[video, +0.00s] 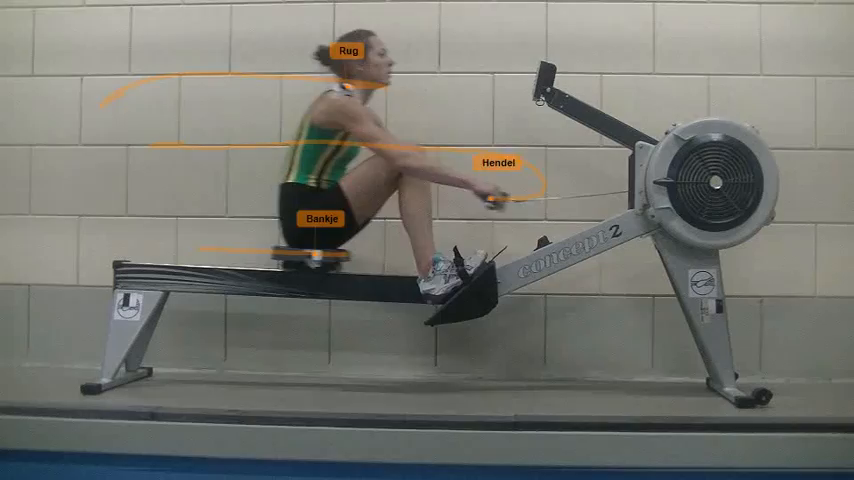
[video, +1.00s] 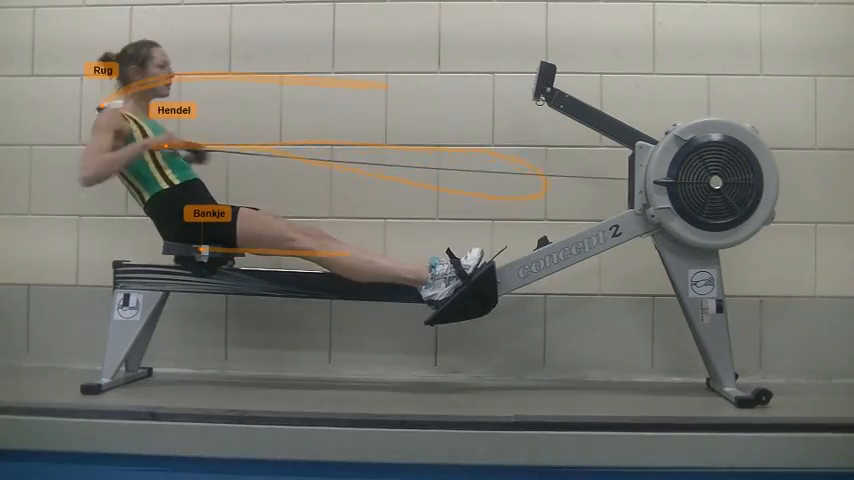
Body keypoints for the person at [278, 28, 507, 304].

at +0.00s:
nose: (391, 62)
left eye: (387, 54)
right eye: (381, 55)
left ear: (360, 65)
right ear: (357, 63)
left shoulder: (359, 110)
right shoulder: (342, 105)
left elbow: (407, 160)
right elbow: (405, 160)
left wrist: (471, 184)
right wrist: (471, 184)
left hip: (314, 217)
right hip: (306, 218)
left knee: (407, 163)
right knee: (405, 165)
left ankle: (431, 269)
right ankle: (430, 274)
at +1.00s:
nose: (169, 78)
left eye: (168, 71)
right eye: (161, 71)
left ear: (153, 76)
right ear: (135, 75)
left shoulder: (147, 119)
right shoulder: (114, 117)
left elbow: (162, 167)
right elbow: (88, 173)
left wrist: (191, 154)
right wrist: (148, 144)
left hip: (197, 210)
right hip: (183, 215)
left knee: (314, 237)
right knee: (307, 241)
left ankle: (429, 277)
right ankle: (429, 282)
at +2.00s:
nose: (417, 60)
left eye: (413, 54)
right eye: (407, 55)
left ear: (387, 68)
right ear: (385, 66)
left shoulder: (377, 105)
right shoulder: (374, 106)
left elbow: (445, 158)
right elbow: (445, 157)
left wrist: (509, 182)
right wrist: (512, 182)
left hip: (336, 217)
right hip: (334, 219)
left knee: (428, 157)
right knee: (429, 158)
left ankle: (434, 262)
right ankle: (429, 272)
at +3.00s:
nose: (175, 78)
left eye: (175, 70)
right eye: (169, 71)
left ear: (154, 74)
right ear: (143, 74)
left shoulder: (149, 114)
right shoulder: (117, 113)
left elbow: (154, 164)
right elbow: (74, 167)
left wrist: (182, 152)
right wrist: (132, 138)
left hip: (197, 212)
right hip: (184, 217)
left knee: (313, 234)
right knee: (309, 236)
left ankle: (428, 276)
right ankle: (429, 279)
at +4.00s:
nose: (425, 60)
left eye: (420, 54)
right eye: (415, 55)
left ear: (393, 68)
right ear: (391, 66)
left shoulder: (387, 105)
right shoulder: (382, 104)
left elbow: (452, 150)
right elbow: (452, 151)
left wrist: (520, 173)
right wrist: (522, 174)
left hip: (345, 216)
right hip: (340, 218)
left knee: (439, 157)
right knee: (438, 158)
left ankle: (436, 261)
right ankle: (428, 270)